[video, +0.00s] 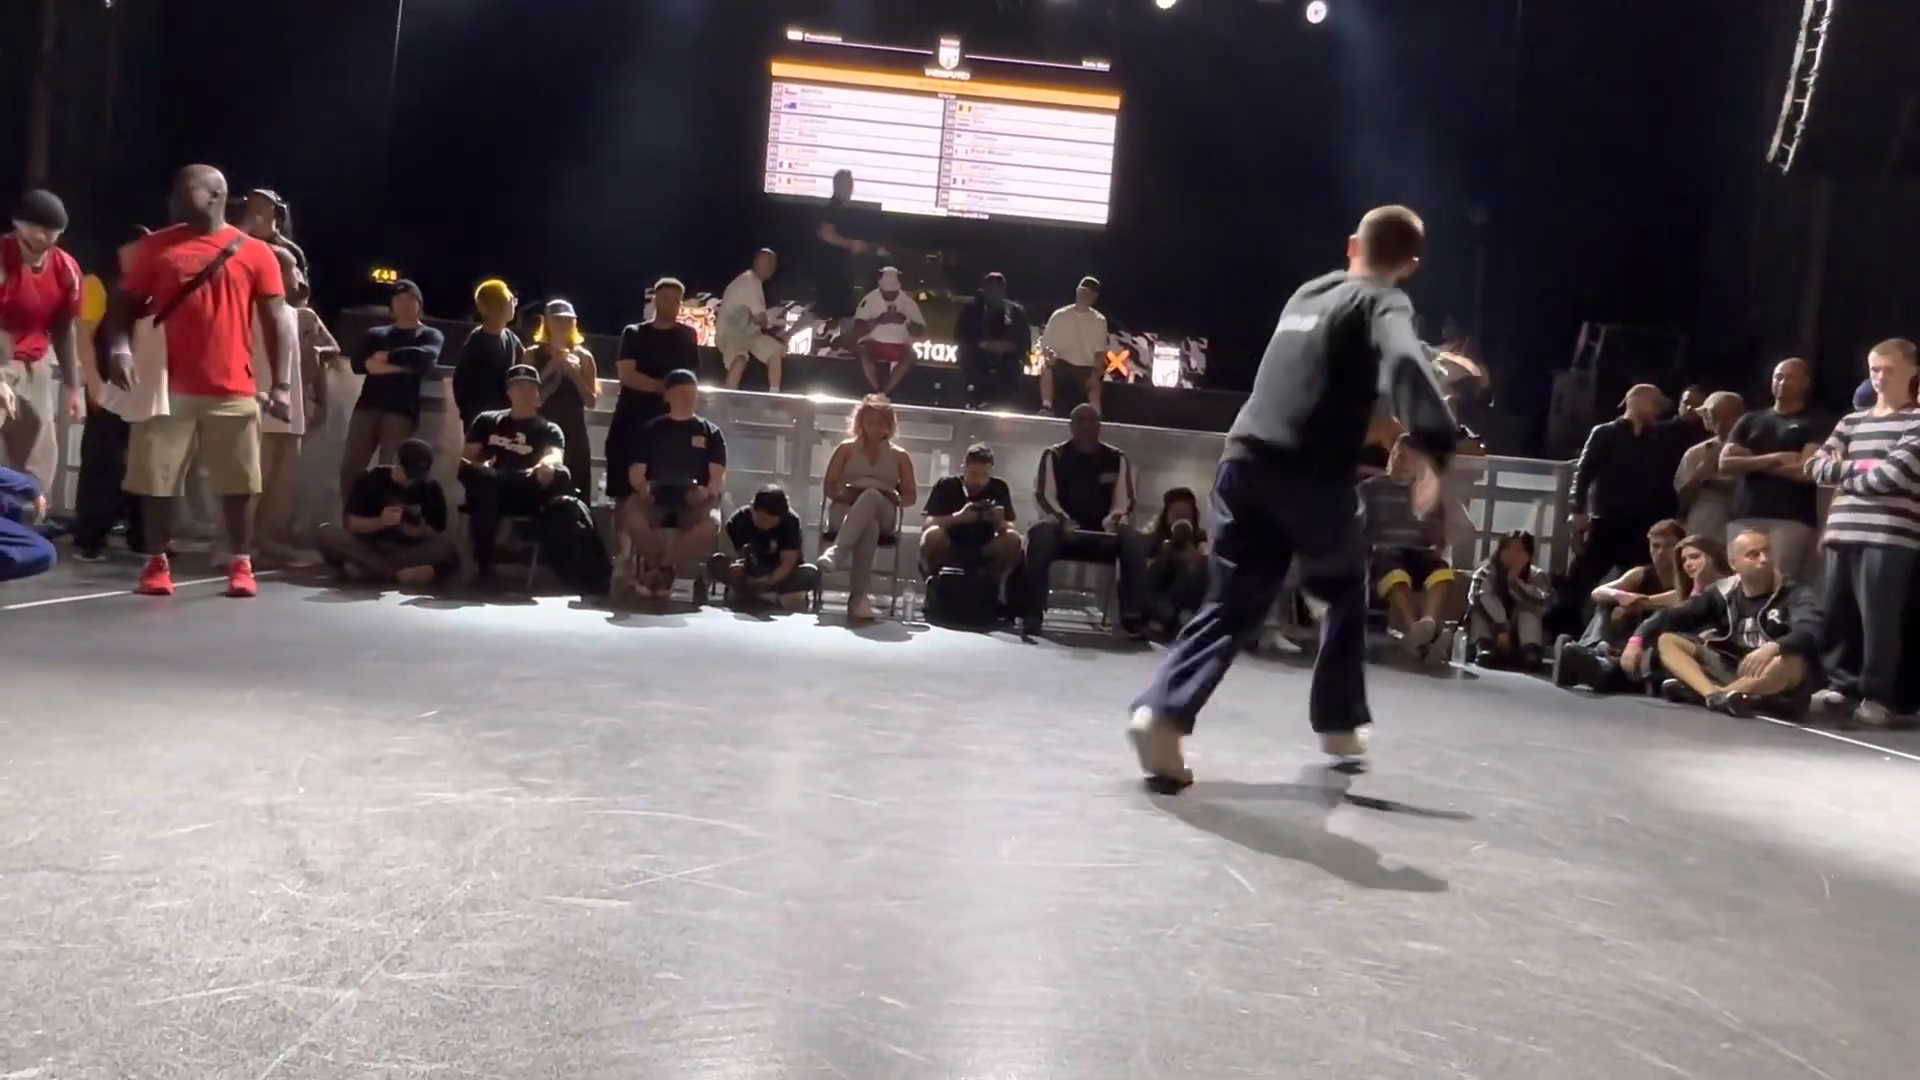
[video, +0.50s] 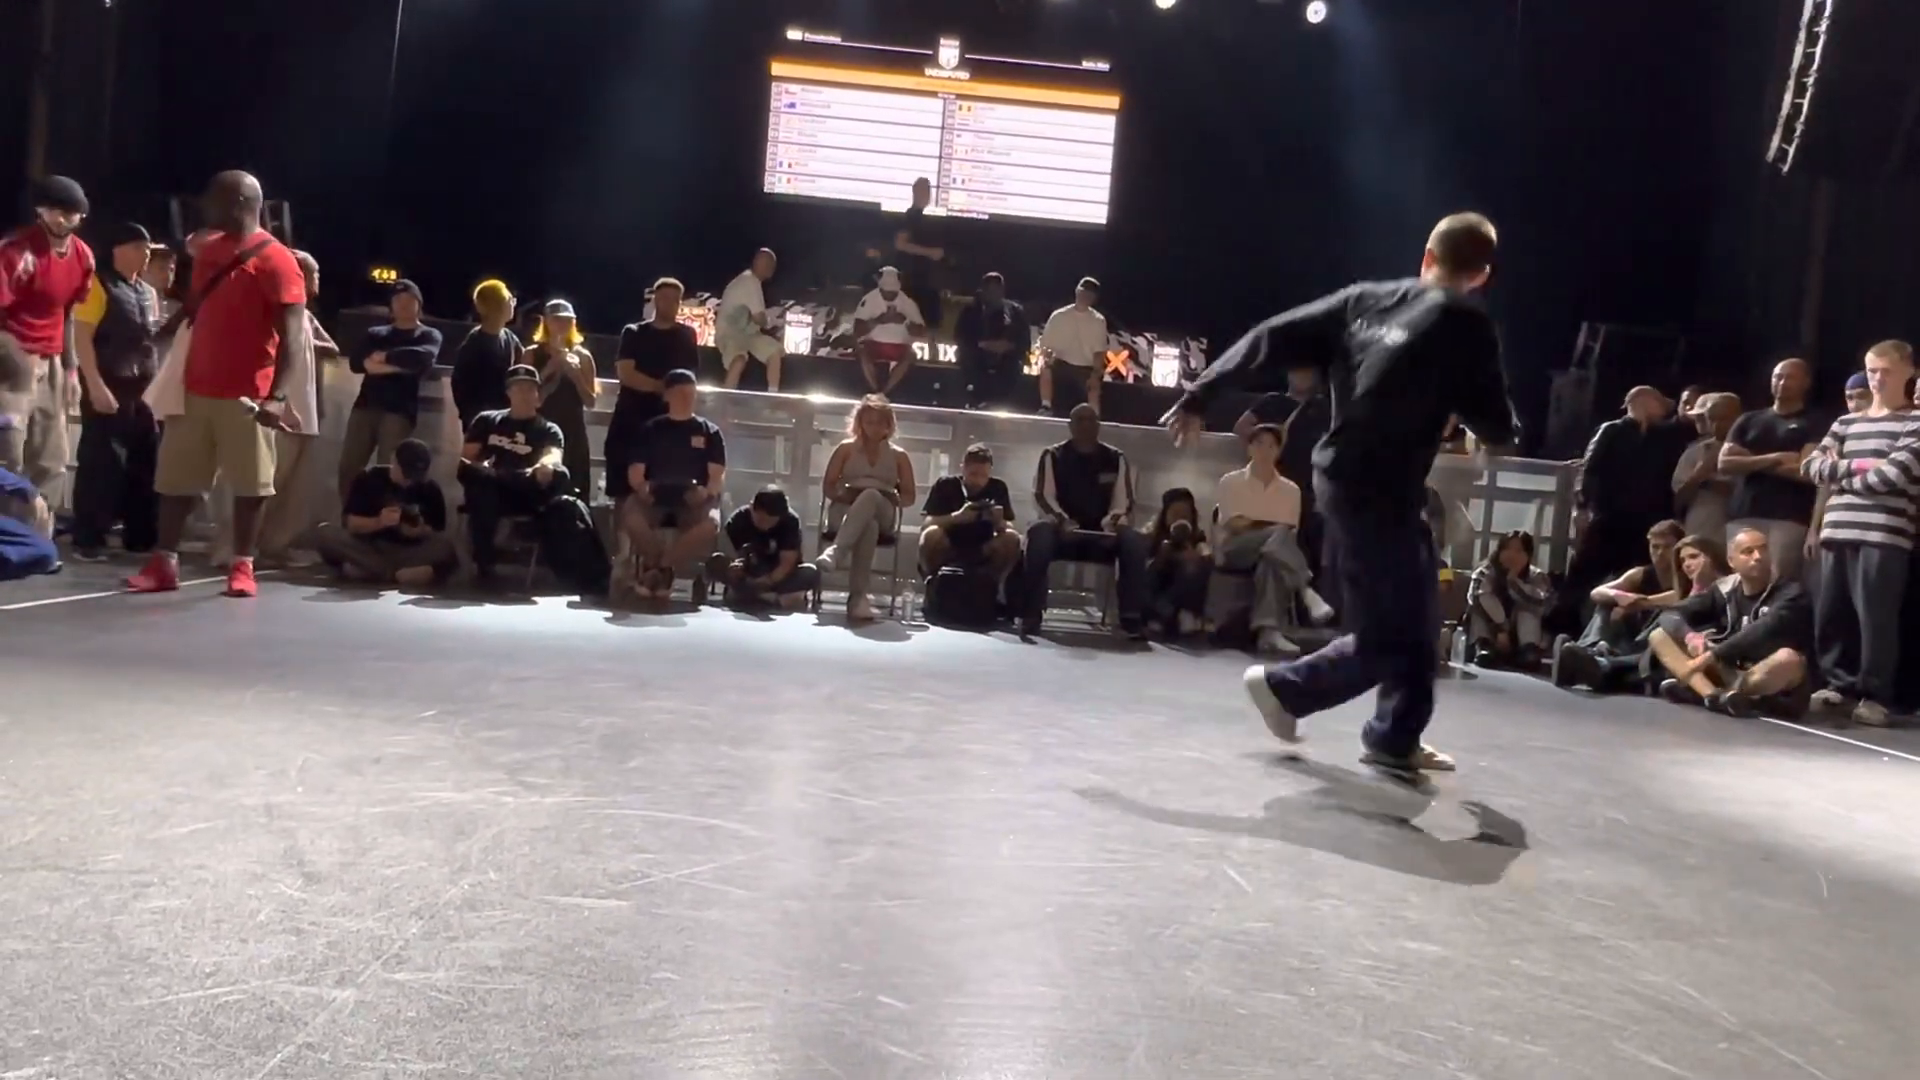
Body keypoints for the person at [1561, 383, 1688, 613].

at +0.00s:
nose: (1658, 409)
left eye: (1658, 403)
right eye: (1653, 402)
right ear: (1637, 402)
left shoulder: (1663, 437)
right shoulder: (1604, 434)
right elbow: (1583, 473)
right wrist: (1578, 511)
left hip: (1648, 520)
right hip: (1608, 520)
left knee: (1643, 581)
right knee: (1583, 578)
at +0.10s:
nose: (1661, 409)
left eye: (1661, 403)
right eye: (1656, 402)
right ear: (1639, 402)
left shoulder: (1664, 436)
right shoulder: (1606, 433)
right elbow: (1584, 474)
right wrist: (1579, 510)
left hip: (1649, 522)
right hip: (1609, 521)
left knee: (1645, 584)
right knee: (1583, 578)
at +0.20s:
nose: (1663, 408)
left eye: (1663, 403)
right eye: (1658, 401)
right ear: (1640, 402)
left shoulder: (1666, 436)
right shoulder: (1607, 433)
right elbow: (1585, 474)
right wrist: (1580, 511)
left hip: (1650, 523)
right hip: (1609, 521)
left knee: (1643, 583)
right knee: (1586, 576)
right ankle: (1565, 628)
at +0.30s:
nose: (1664, 407)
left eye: (1663, 402)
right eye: (1659, 400)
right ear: (1640, 403)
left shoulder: (1667, 437)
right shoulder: (1607, 433)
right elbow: (1584, 472)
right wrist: (1579, 510)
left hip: (1649, 523)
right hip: (1608, 521)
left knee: (1642, 583)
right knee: (1583, 578)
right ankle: (1564, 630)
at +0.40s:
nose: (1665, 405)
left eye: (1663, 401)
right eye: (1658, 399)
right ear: (1640, 403)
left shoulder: (1665, 436)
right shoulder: (1609, 431)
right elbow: (1586, 470)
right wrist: (1580, 507)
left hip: (1647, 521)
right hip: (1606, 520)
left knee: (1639, 582)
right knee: (1582, 577)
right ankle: (1563, 629)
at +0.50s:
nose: (1662, 407)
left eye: (1660, 403)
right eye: (1657, 402)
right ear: (1638, 405)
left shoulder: (1661, 435)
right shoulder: (1611, 431)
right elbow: (1591, 468)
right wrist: (1587, 504)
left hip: (1646, 517)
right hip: (1609, 516)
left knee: (1639, 577)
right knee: (1587, 572)